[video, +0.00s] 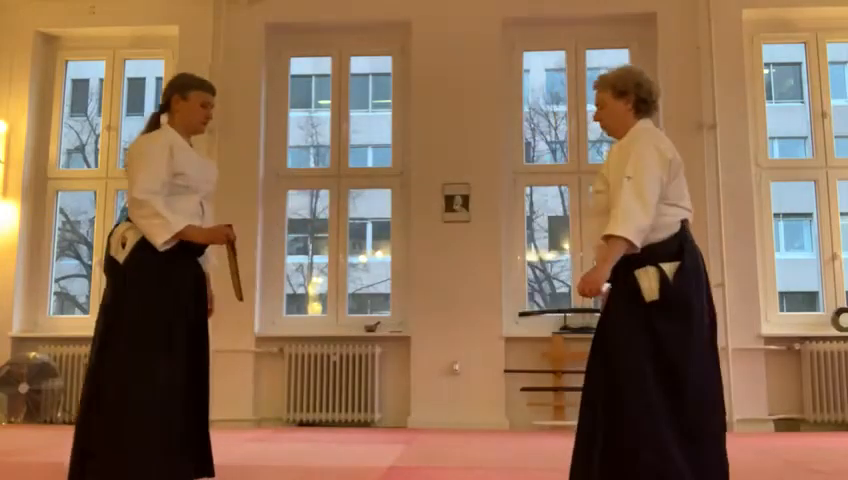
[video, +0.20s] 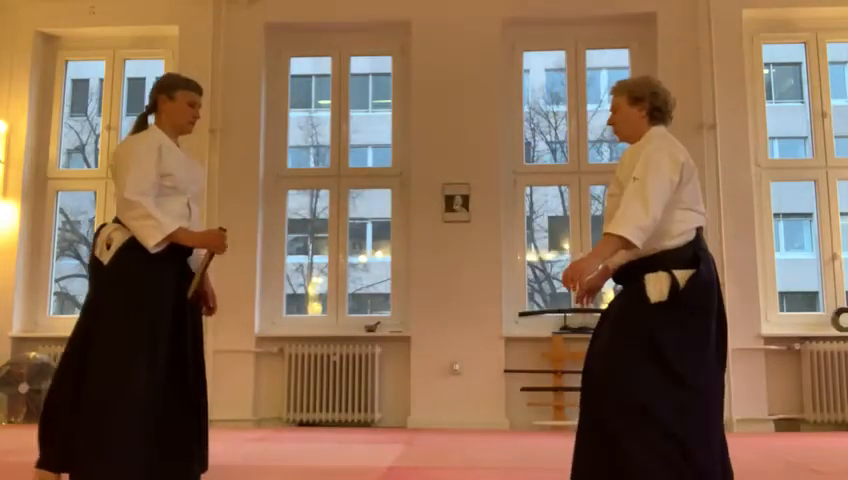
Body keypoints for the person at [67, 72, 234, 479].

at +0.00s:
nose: (208, 115)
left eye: (210, 109)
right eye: (203, 106)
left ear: (190, 109)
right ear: (176, 102)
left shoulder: (188, 153)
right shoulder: (153, 142)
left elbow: (188, 221)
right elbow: (140, 204)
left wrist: (203, 281)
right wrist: (194, 234)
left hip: (180, 266)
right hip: (150, 265)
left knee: (177, 368)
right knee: (147, 368)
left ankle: (170, 465)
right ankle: (139, 465)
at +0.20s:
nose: (196, 114)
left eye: (198, 108)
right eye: (190, 105)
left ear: (183, 110)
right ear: (162, 103)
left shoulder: (176, 154)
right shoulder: (141, 144)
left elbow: (180, 219)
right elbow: (134, 208)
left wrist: (200, 275)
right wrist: (193, 238)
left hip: (168, 264)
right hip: (136, 263)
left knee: (165, 366)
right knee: (129, 365)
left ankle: (159, 464)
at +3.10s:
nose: (418, 115)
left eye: (421, 107)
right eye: (413, 104)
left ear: (387, 100)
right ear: (385, 97)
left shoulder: (352, 135)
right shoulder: (379, 147)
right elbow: (412, 209)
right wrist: (457, 258)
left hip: (325, 258)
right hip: (357, 265)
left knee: (324, 370)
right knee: (391, 370)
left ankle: (300, 465)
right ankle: (383, 469)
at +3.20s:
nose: (420, 116)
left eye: (423, 109)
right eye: (417, 106)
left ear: (392, 101)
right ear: (389, 97)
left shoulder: (352, 135)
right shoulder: (385, 149)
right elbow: (422, 214)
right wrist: (468, 258)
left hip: (326, 260)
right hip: (361, 268)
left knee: (326, 369)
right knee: (392, 368)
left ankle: (303, 465)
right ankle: (381, 469)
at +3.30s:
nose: (423, 116)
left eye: (425, 108)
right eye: (418, 105)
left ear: (388, 101)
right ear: (392, 98)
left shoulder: (347, 139)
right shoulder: (393, 156)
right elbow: (431, 215)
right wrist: (471, 248)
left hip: (324, 262)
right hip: (363, 270)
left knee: (327, 370)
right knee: (395, 369)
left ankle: (309, 464)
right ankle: (384, 468)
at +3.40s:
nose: (422, 118)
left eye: (425, 110)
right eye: (417, 108)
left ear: (387, 104)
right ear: (391, 101)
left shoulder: (343, 142)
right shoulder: (393, 155)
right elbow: (441, 207)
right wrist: (473, 223)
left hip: (322, 263)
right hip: (363, 269)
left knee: (328, 366)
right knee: (403, 365)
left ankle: (315, 464)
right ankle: (386, 468)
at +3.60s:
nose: (420, 114)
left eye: (422, 105)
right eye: (414, 103)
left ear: (381, 100)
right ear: (387, 97)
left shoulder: (339, 145)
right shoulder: (405, 142)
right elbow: (454, 139)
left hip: (331, 252)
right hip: (375, 257)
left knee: (329, 360)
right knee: (396, 358)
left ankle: (323, 461)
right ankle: (380, 464)